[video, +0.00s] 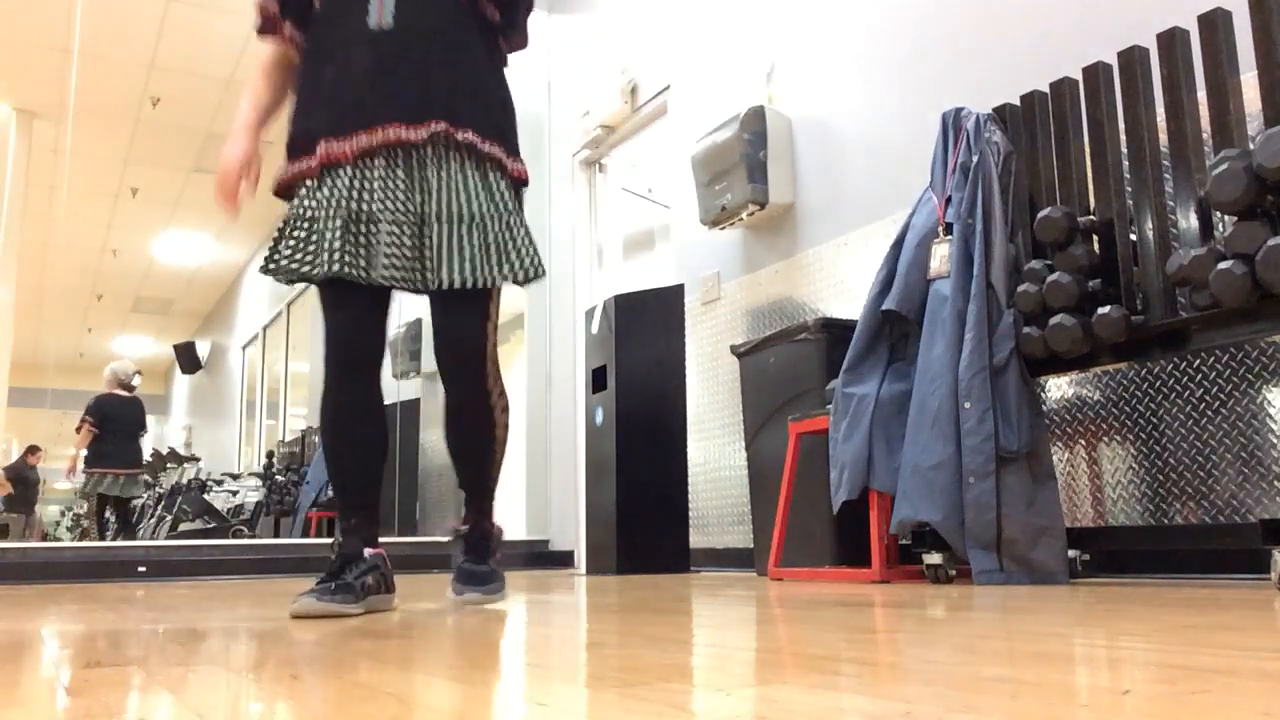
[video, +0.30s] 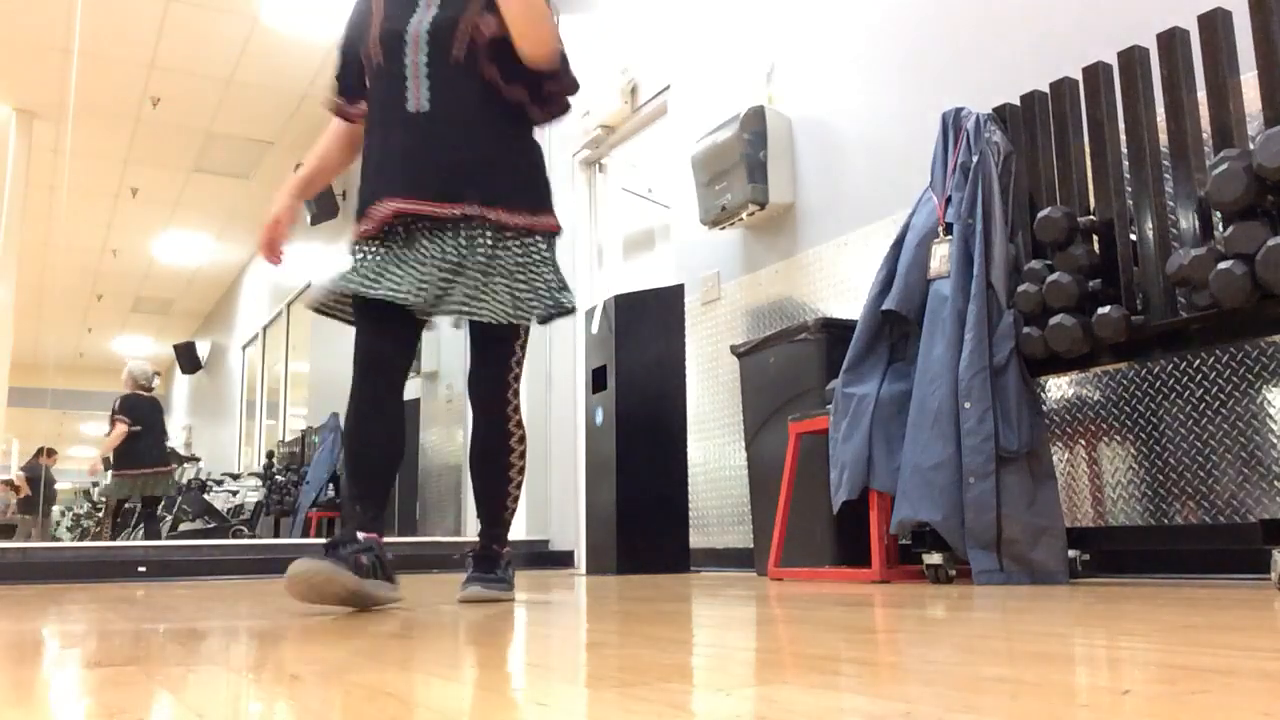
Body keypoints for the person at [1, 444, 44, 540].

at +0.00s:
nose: (39, 461)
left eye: (40, 458)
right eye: (38, 457)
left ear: (30, 455)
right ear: (29, 455)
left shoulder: (33, 467)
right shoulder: (18, 466)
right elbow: (2, 474)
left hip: (29, 508)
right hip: (16, 509)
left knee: (35, 535)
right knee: (15, 538)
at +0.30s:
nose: (55, 462)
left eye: (55, 460)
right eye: (54, 459)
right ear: (44, 457)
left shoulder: (46, 469)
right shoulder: (34, 465)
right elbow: (20, 474)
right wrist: (25, 489)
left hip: (44, 508)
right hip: (30, 508)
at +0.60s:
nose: (68, 463)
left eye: (69, 460)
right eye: (68, 460)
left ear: (58, 457)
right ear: (60, 457)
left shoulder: (43, 465)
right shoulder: (55, 469)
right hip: (53, 511)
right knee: (54, 544)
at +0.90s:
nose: (83, 464)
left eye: (83, 461)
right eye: (82, 460)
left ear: (74, 458)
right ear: (74, 458)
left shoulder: (72, 469)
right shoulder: (65, 468)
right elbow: (53, 481)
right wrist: (58, 496)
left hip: (72, 512)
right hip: (66, 513)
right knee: (66, 543)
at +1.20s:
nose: (97, 467)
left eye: (98, 464)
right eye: (97, 464)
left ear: (90, 460)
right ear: (89, 460)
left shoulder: (91, 471)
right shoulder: (78, 471)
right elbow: (75, 491)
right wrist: (82, 508)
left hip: (88, 510)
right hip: (74, 511)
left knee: (90, 539)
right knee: (71, 540)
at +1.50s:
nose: (113, 472)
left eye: (114, 469)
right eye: (112, 469)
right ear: (104, 466)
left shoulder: (111, 480)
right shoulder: (88, 475)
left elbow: (115, 492)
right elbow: (77, 492)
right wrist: (83, 511)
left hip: (97, 511)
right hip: (82, 510)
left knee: (97, 535)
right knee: (81, 532)